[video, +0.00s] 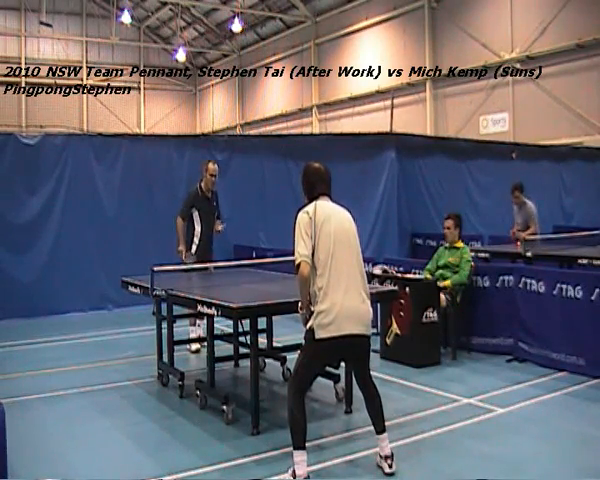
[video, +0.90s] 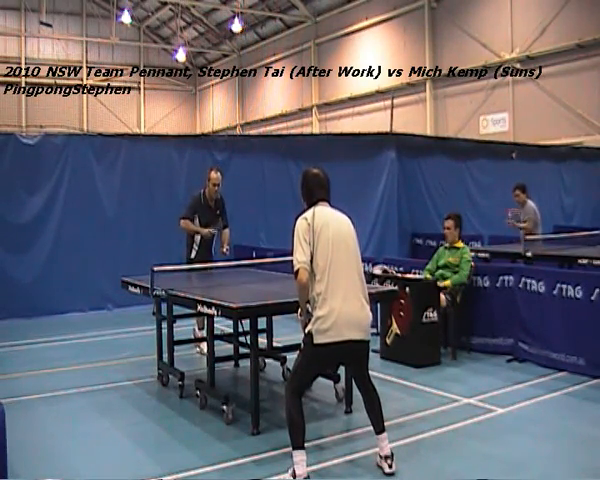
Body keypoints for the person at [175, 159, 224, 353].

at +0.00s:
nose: (214, 179)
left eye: (216, 176)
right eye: (211, 175)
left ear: (217, 176)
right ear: (203, 174)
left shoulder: (214, 195)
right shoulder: (193, 196)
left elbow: (217, 217)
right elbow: (181, 219)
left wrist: (218, 225)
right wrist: (182, 244)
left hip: (207, 252)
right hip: (193, 253)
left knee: (206, 292)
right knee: (193, 293)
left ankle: (200, 328)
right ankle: (193, 330)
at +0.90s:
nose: (216, 188)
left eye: (218, 185)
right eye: (213, 185)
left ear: (221, 184)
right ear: (206, 184)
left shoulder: (220, 201)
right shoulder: (197, 200)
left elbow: (224, 226)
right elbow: (184, 222)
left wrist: (225, 244)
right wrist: (201, 230)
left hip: (208, 252)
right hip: (195, 253)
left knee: (208, 294)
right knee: (199, 295)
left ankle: (201, 332)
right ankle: (199, 332)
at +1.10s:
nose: (215, 188)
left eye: (218, 184)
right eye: (212, 184)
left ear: (220, 184)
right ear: (206, 183)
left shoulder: (219, 200)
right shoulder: (198, 199)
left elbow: (226, 223)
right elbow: (193, 224)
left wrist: (226, 235)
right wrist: (215, 218)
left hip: (209, 252)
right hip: (195, 253)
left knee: (209, 292)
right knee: (199, 294)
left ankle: (198, 325)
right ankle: (200, 332)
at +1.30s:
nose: (216, 185)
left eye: (218, 182)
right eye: (213, 181)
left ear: (220, 182)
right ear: (206, 181)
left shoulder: (218, 197)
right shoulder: (198, 196)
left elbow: (227, 221)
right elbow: (202, 217)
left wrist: (227, 207)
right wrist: (221, 204)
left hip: (208, 250)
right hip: (196, 251)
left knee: (209, 291)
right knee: (200, 293)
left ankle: (199, 325)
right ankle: (201, 332)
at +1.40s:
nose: (217, 183)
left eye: (219, 180)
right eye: (214, 179)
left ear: (220, 180)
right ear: (206, 179)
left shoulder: (218, 196)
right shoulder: (199, 195)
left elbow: (225, 222)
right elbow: (204, 216)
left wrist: (230, 214)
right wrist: (222, 203)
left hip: (208, 251)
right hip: (196, 252)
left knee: (209, 293)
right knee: (202, 295)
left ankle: (198, 325)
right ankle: (202, 334)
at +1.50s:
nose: (219, 183)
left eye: (221, 180)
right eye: (216, 179)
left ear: (221, 181)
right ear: (208, 179)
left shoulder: (215, 197)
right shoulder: (200, 197)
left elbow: (216, 217)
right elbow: (208, 216)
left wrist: (225, 222)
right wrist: (224, 206)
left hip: (206, 251)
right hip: (196, 252)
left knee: (207, 292)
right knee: (202, 294)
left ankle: (198, 325)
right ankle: (201, 333)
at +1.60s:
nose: (220, 185)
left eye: (222, 181)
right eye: (217, 181)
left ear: (221, 183)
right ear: (209, 180)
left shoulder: (213, 198)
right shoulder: (201, 198)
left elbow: (214, 219)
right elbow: (214, 218)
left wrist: (225, 226)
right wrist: (226, 207)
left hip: (204, 250)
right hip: (196, 252)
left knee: (206, 291)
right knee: (202, 293)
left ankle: (199, 325)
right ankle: (201, 332)